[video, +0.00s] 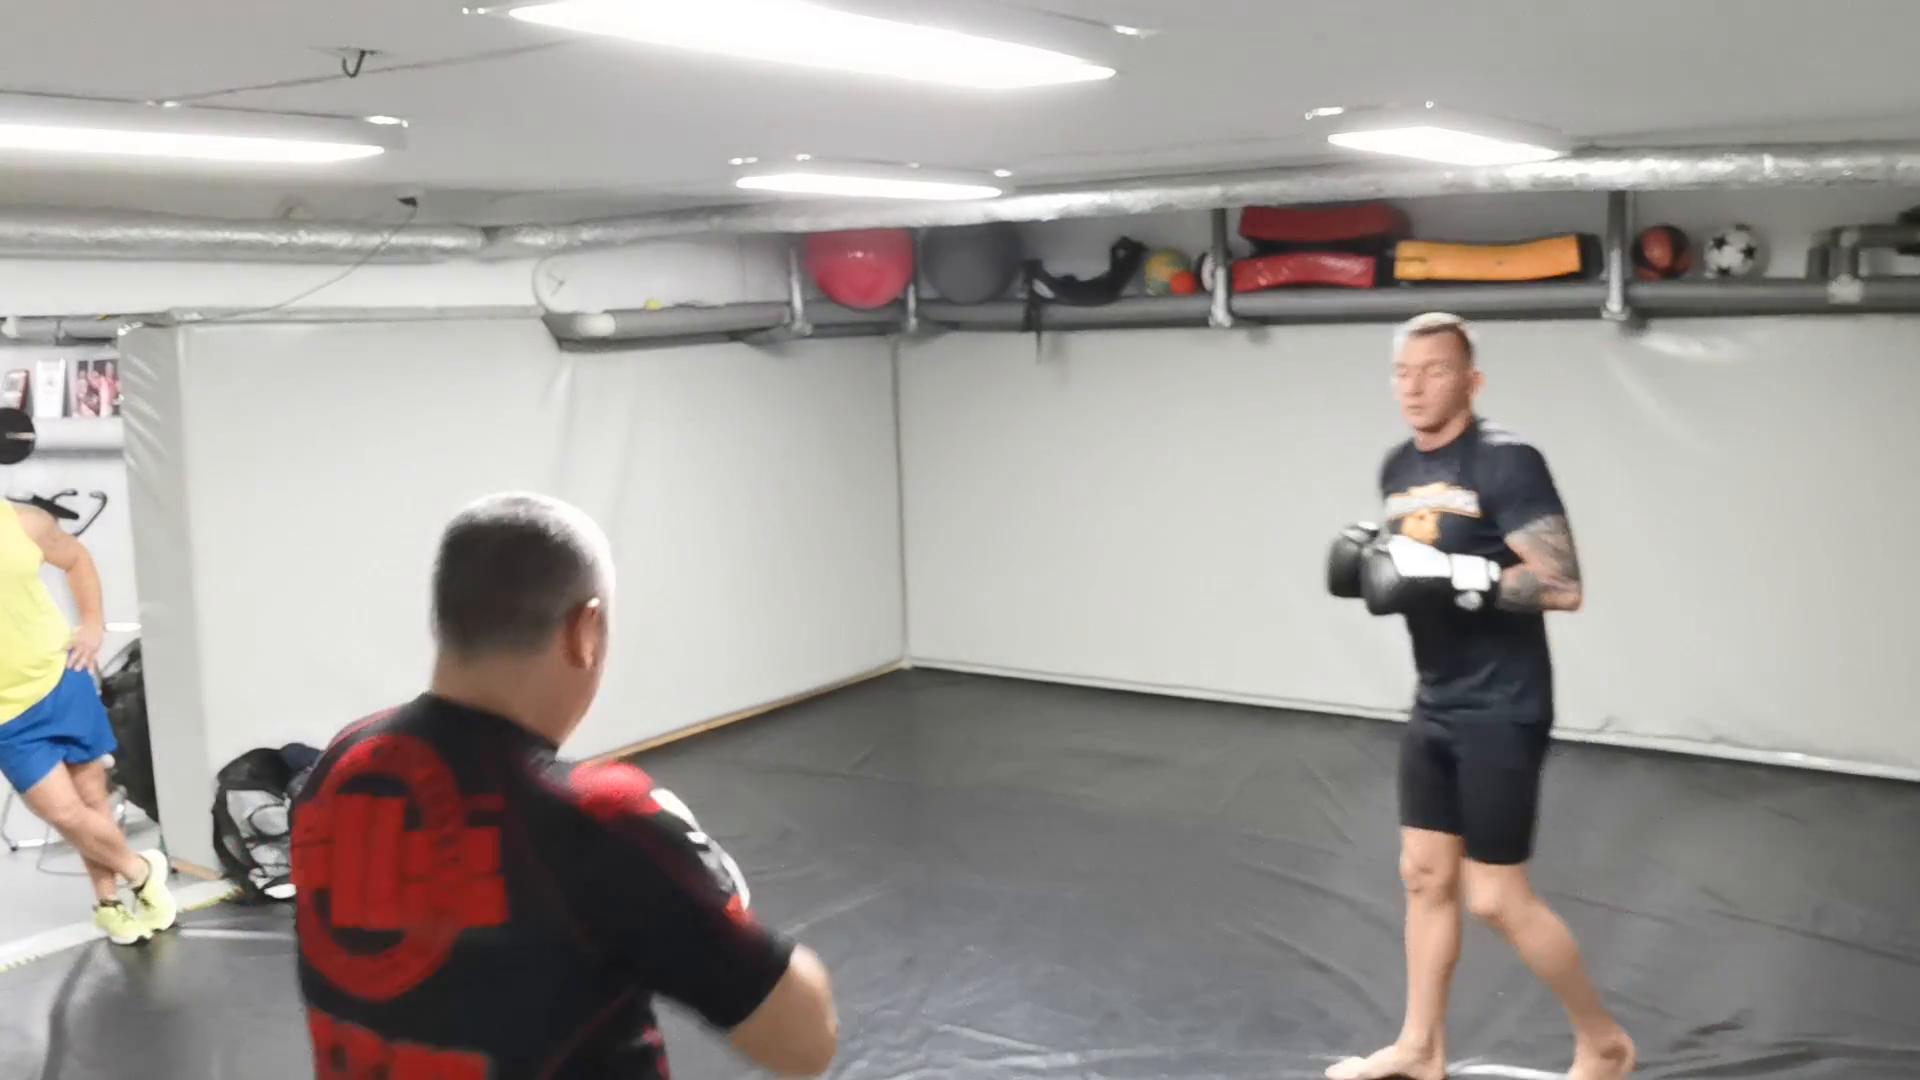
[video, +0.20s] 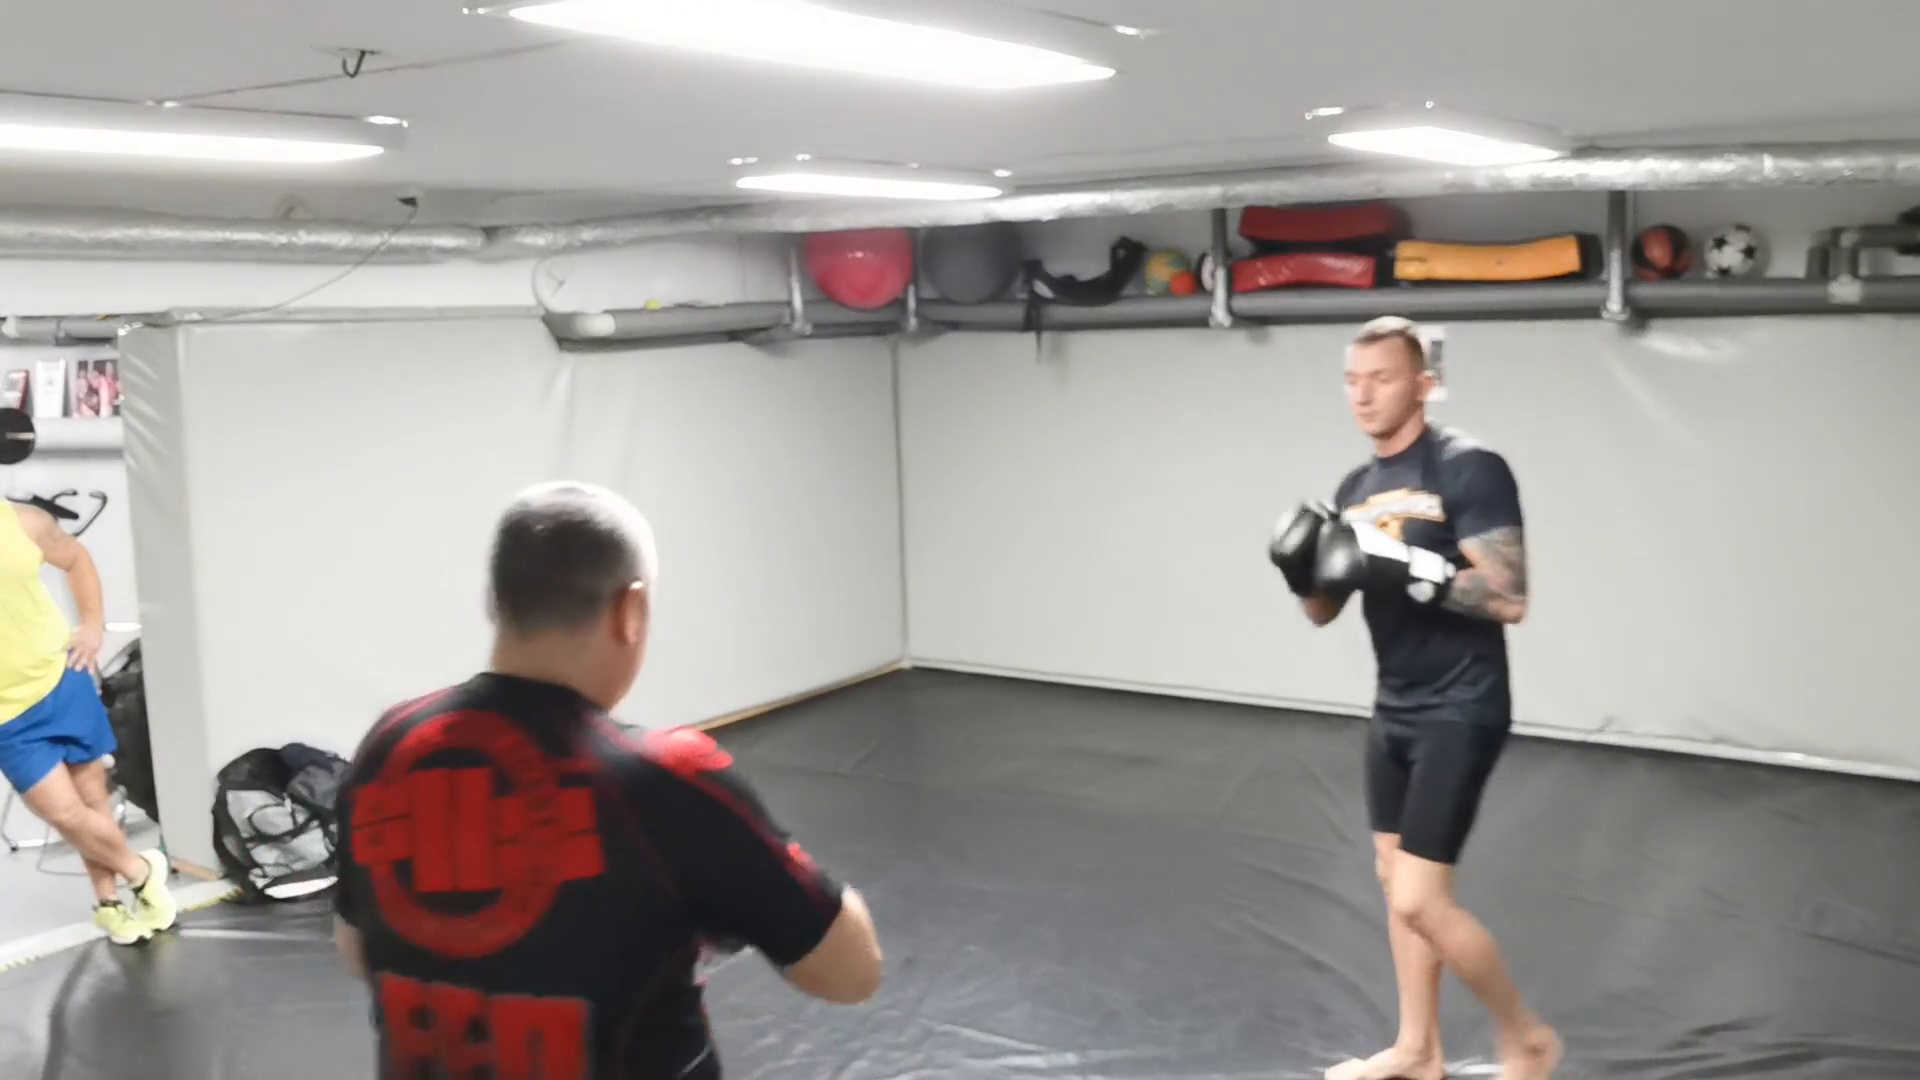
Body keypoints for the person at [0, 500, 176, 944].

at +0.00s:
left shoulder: (22, 523)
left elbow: (76, 558)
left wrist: (92, 623)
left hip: (63, 683)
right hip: (9, 716)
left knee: (92, 798)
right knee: (64, 816)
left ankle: (107, 901)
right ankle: (142, 872)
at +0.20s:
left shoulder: (22, 523)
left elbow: (76, 558)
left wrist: (92, 623)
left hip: (63, 683)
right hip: (8, 716)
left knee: (92, 798)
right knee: (65, 816)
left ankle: (107, 901)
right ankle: (142, 872)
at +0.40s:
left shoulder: (21, 522)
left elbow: (76, 558)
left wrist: (92, 624)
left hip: (63, 683)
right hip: (8, 716)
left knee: (91, 798)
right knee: (65, 816)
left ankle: (107, 901)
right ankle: (142, 872)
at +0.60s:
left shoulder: (21, 522)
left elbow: (76, 558)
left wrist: (93, 623)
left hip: (63, 683)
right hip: (8, 716)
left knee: (91, 798)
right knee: (64, 816)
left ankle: (107, 901)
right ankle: (142, 872)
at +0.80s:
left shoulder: (21, 522)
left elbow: (76, 558)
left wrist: (92, 624)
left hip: (62, 683)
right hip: (7, 715)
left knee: (91, 797)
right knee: (64, 815)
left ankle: (107, 901)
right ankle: (142, 872)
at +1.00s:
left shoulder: (21, 522)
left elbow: (76, 558)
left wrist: (93, 623)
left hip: (62, 682)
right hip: (7, 715)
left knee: (91, 797)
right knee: (65, 816)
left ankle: (107, 901)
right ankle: (142, 872)